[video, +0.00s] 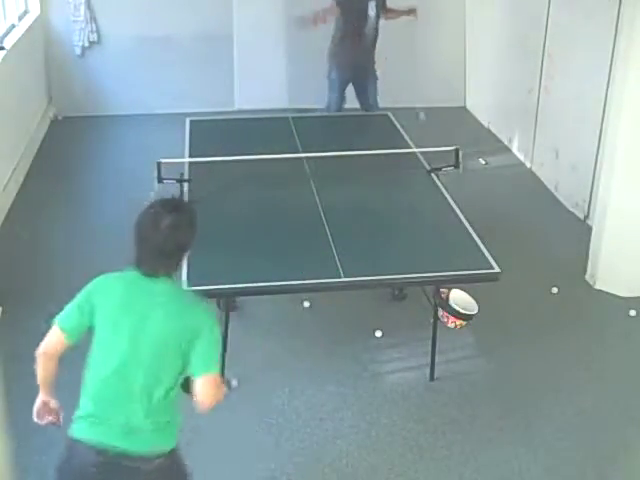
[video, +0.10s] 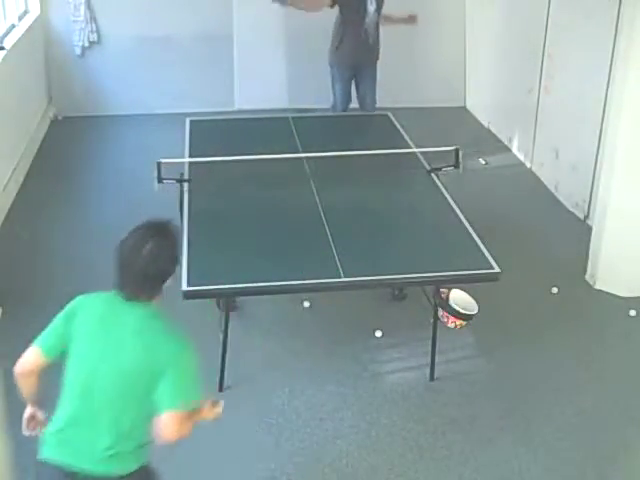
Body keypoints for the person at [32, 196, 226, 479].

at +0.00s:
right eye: (188, 245)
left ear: (139, 241)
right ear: (185, 252)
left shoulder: (104, 288)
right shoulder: (199, 313)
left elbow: (46, 351)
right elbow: (206, 399)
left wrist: (46, 395)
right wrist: (219, 386)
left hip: (87, 458)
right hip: (153, 464)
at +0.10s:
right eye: (172, 264)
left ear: (122, 264)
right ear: (167, 276)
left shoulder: (83, 308)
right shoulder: (171, 342)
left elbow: (24, 368)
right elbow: (168, 431)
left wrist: (32, 405)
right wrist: (198, 414)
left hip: (55, 461)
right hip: (118, 470)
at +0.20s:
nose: (153, 294)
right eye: (152, 287)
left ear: (103, 279)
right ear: (144, 295)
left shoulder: (58, 318)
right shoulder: (136, 357)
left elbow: (5, 370)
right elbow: (123, 450)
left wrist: (19, 409)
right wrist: (171, 441)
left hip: (25, 464)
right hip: (82, 469)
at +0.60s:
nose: (144, 280)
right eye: (145, 274)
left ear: (91, 270)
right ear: (137, 286)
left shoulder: (58, 306)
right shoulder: (136, 350)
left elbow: (11, 356)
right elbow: (123, 437)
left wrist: (46, 384)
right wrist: (175, 424)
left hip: (29, 462)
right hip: (87, 471)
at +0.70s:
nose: (230, 187)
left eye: (230, 180)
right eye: (225, 180)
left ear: (210, 184)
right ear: (203, 184)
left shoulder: (214, 215)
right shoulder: (168, 220)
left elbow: (252, 251)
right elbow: (197, 281)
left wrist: (306, 254)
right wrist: (256, 289)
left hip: (161, 297)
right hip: (121, 300)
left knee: (191, 346)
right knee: (103, 377)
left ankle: (180, 409)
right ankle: (66, 459)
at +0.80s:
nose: (222, 179)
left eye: (221, 172)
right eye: (217, 173)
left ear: (197, 177)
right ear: (195, 177)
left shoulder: (199, 205)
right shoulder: (162, 217)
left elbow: (246, 229)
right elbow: (209, 264)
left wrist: (295, 212)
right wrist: (266, 246)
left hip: (154, 296)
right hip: (117, 302)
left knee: (184, 350)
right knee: (101, 382)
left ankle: (178, 411)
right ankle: (71, 463)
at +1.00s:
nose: (199, 154)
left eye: (196, 147)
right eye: (193, 149)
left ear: (171, 159)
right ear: (172, 160)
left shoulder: (173, 189)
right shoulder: (146, 204)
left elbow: (211, 205)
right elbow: (198, 247)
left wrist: (255, 199)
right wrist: (239, 204)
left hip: (139, 298)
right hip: (107, 305)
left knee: (161, 356)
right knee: (100, 387)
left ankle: (173, 409)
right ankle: (71, 464)